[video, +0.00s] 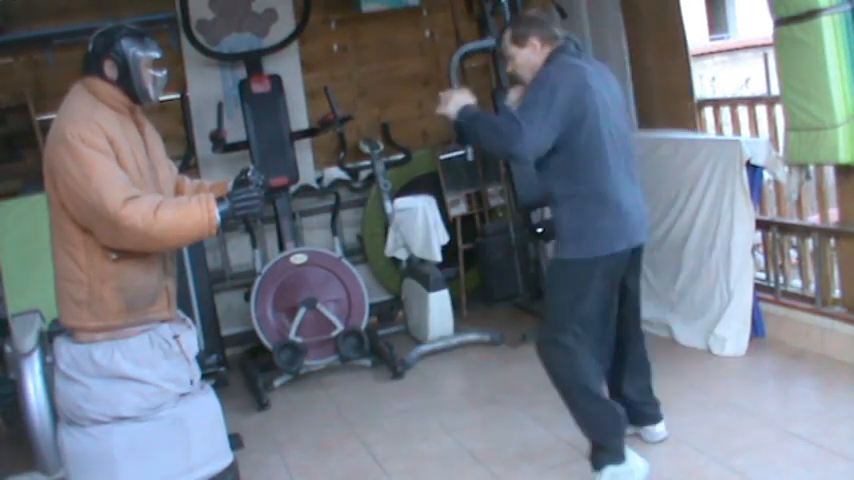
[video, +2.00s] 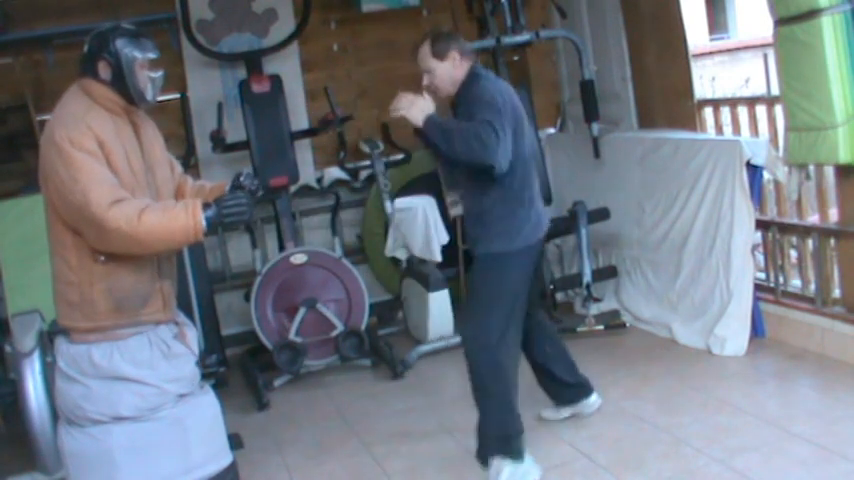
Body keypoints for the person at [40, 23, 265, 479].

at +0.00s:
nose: (153, 75)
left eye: (153, 64)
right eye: (143, 64)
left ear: (116, 68)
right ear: (110, 65)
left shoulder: (134, 119)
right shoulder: (77, 130)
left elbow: (170, 188)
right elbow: (123, 220)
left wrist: (227, 187)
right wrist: (214, 212)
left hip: (152, 315)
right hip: (106, 327)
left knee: (181, 442)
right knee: (128, 454)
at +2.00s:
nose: (148, 76)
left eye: (148, 65)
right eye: (137, 65)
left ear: (113, 69)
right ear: (105, 67)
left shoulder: (138, 121)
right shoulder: (69, 129)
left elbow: (177, 188)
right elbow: (110, 222)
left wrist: (229, 189)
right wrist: (204, 217)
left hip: (158, 319)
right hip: (103, 332)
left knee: (192, 448)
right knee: (124, 459)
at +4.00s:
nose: (143, 77)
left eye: (144, 66)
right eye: (133, 67)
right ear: (98, 67)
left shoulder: (130, 119)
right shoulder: (61, 129)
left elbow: (172, 183)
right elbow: (103, 219)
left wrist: (227, 189)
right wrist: (198, 216)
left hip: (158, 319)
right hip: (101, 337)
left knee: (197, 452)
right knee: (124, 464)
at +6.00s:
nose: (148, 75)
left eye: (149, 65)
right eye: (137, 65)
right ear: (103, 66)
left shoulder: (139, 121)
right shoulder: (68, 128)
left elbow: (178, 189)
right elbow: (108, 222)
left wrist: (229, 188)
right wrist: (202, 217)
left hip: (160, 319)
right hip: (105, 334)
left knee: (194, 452)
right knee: (129, 462)